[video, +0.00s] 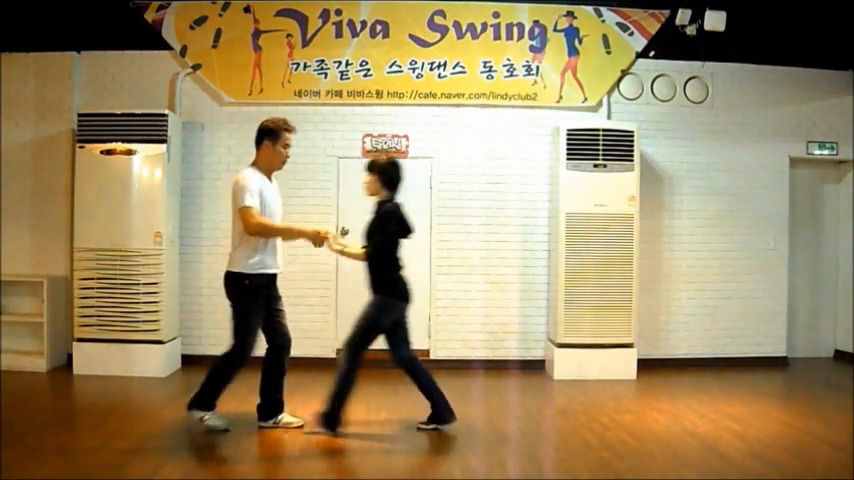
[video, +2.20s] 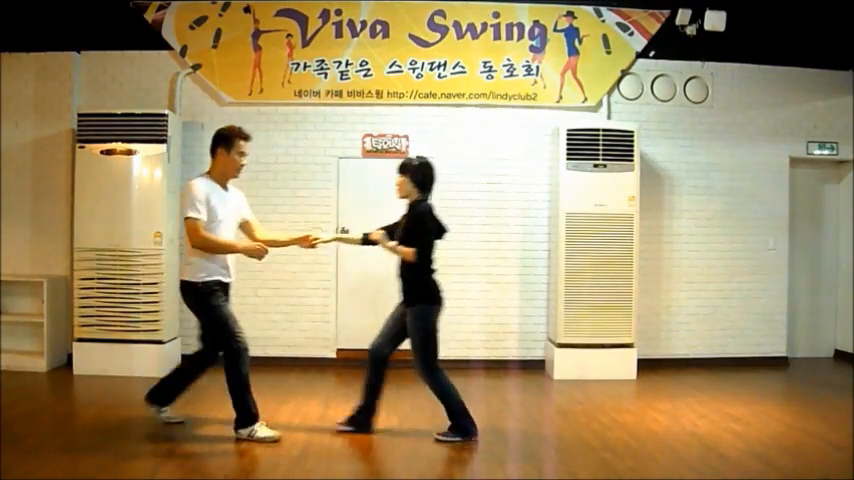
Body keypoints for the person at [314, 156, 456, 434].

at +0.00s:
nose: (365, 180)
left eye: (369, 176)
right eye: (367, 175)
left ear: (382, 181)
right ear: (385, 181)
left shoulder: (386, 213)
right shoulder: (389, 210)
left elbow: (369, 255)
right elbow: (374, 252)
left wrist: (337, 248)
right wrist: (341, 244)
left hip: (387, 298)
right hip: (393, 296)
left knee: (352, 349)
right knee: (403, 355)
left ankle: (331, 417)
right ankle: (442, 411)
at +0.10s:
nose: (385, 178)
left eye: (390, 173)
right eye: (387, 172)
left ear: (402, 178)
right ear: (406, 178)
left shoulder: (409, 211)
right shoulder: (407, 208)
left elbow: (390, 250)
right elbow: (383, 240)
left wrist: (356, 243)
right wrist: (355, 234)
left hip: (407, 294)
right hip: (414, 291)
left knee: (375, 348)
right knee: (417, 355)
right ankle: (445, 415)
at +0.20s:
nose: (402, 182)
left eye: (406, 177)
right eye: (403, 176)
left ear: (419, 181)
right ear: (417, 179)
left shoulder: (424, 212)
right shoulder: (422, 209)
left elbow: (407, 253)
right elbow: (392, 238)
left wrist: (371, 242)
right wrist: (361, 233)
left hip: (429, 295)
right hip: (430, 293)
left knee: (407, 354)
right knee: (416, 355)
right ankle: (440, 414)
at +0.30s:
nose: (411, 191)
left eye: (415, 186)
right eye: (412, 185)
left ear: (429, 189)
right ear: (428, 189)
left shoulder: (437, 221)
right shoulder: (429, 219)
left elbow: (432, 266)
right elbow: (399, 245)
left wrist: (400, 260)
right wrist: (365, 246)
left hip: (448, 305)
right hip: (441, 303)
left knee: (420, 363)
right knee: (415, 359)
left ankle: (457, 422)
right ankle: (444, 414)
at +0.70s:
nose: (428, 184)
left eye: (432, 179)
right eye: (429, 179)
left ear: (446, 182)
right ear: (444, 183)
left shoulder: (460, 212)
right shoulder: (443, 214)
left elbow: (462, 253)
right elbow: (412, 240)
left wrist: (437, 234)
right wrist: (368, 241)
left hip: (471, 296)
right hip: (458, 295)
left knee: (439, 358)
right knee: (432, 354)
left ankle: (462, 427)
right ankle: (448, 414)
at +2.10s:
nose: (413, 177)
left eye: (418, 172)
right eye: (415, 172)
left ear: (431, 176)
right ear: (429, 177)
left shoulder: (441, 208)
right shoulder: (426, 211)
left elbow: (440, 250)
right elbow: (390, 231)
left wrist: (411, 237)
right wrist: (351, 230)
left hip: (441, 298)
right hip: (427, 297)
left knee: (436, 364)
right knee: (394, 345)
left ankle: (465, 427)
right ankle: (402, 412)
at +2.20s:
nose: (397, 183)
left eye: (402, 178)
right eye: (399, 178)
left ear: (416, 183)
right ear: (415, 183)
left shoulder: (422, 214)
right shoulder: (412, 214)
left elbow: (416, 256)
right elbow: (382, 236)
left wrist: (387, 244)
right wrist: (342, 238)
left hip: (423, 302)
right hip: (411, 301)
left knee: (427, 368)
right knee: (378, 352)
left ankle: (464, 426)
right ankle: (362, 419)